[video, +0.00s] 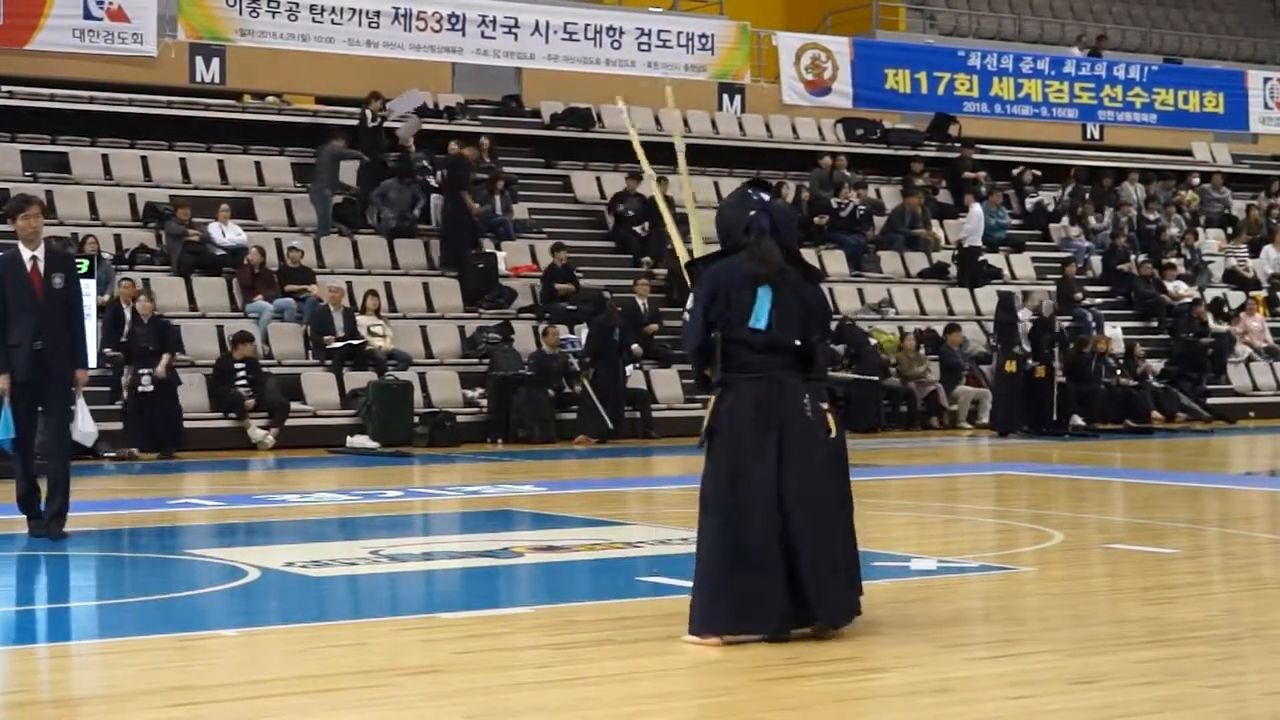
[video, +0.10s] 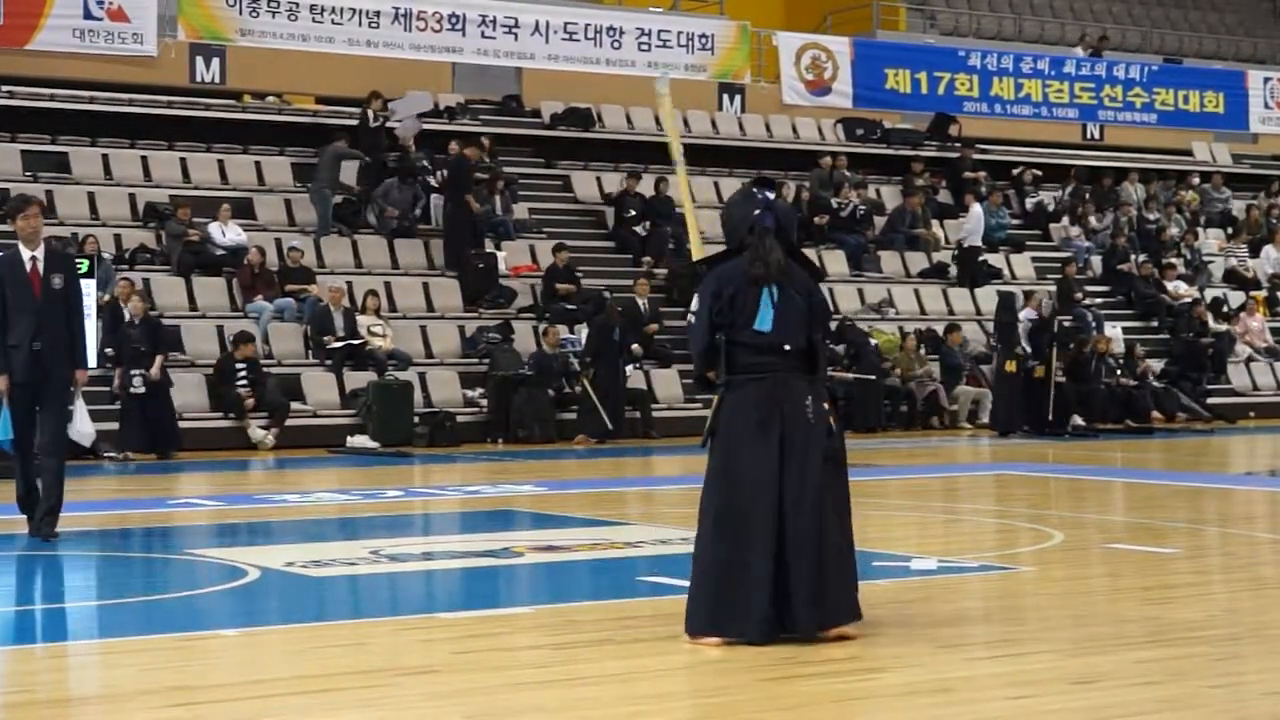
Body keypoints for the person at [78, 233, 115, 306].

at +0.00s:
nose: (92, 246)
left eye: (94, 243)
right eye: (89, 243)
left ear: (98, 245)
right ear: (83, 246)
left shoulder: (105, 264)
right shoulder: (78, 263)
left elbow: (111, 280)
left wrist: (107, 295)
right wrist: (93, 298)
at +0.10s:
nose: (92, 246)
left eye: (94, 243)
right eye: (89, 243)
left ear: (98, 245)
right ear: (83, 246)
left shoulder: (105, 263)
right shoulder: (77, 263)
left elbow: (112, 279)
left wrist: (108, 294)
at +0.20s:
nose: (92, 246)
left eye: (94, 243)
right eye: (89, 243)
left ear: (98, 245)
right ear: (83, 246)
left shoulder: (104, 263)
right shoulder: (77, 263)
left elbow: (111, 279)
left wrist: (108, 294)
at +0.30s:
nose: (92, 246)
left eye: (94, 243)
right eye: (89, 243)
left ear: (98, 245)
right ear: (83, 246)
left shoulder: (105, 263)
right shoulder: (77, 263)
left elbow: (112, 280)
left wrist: (106, 296)